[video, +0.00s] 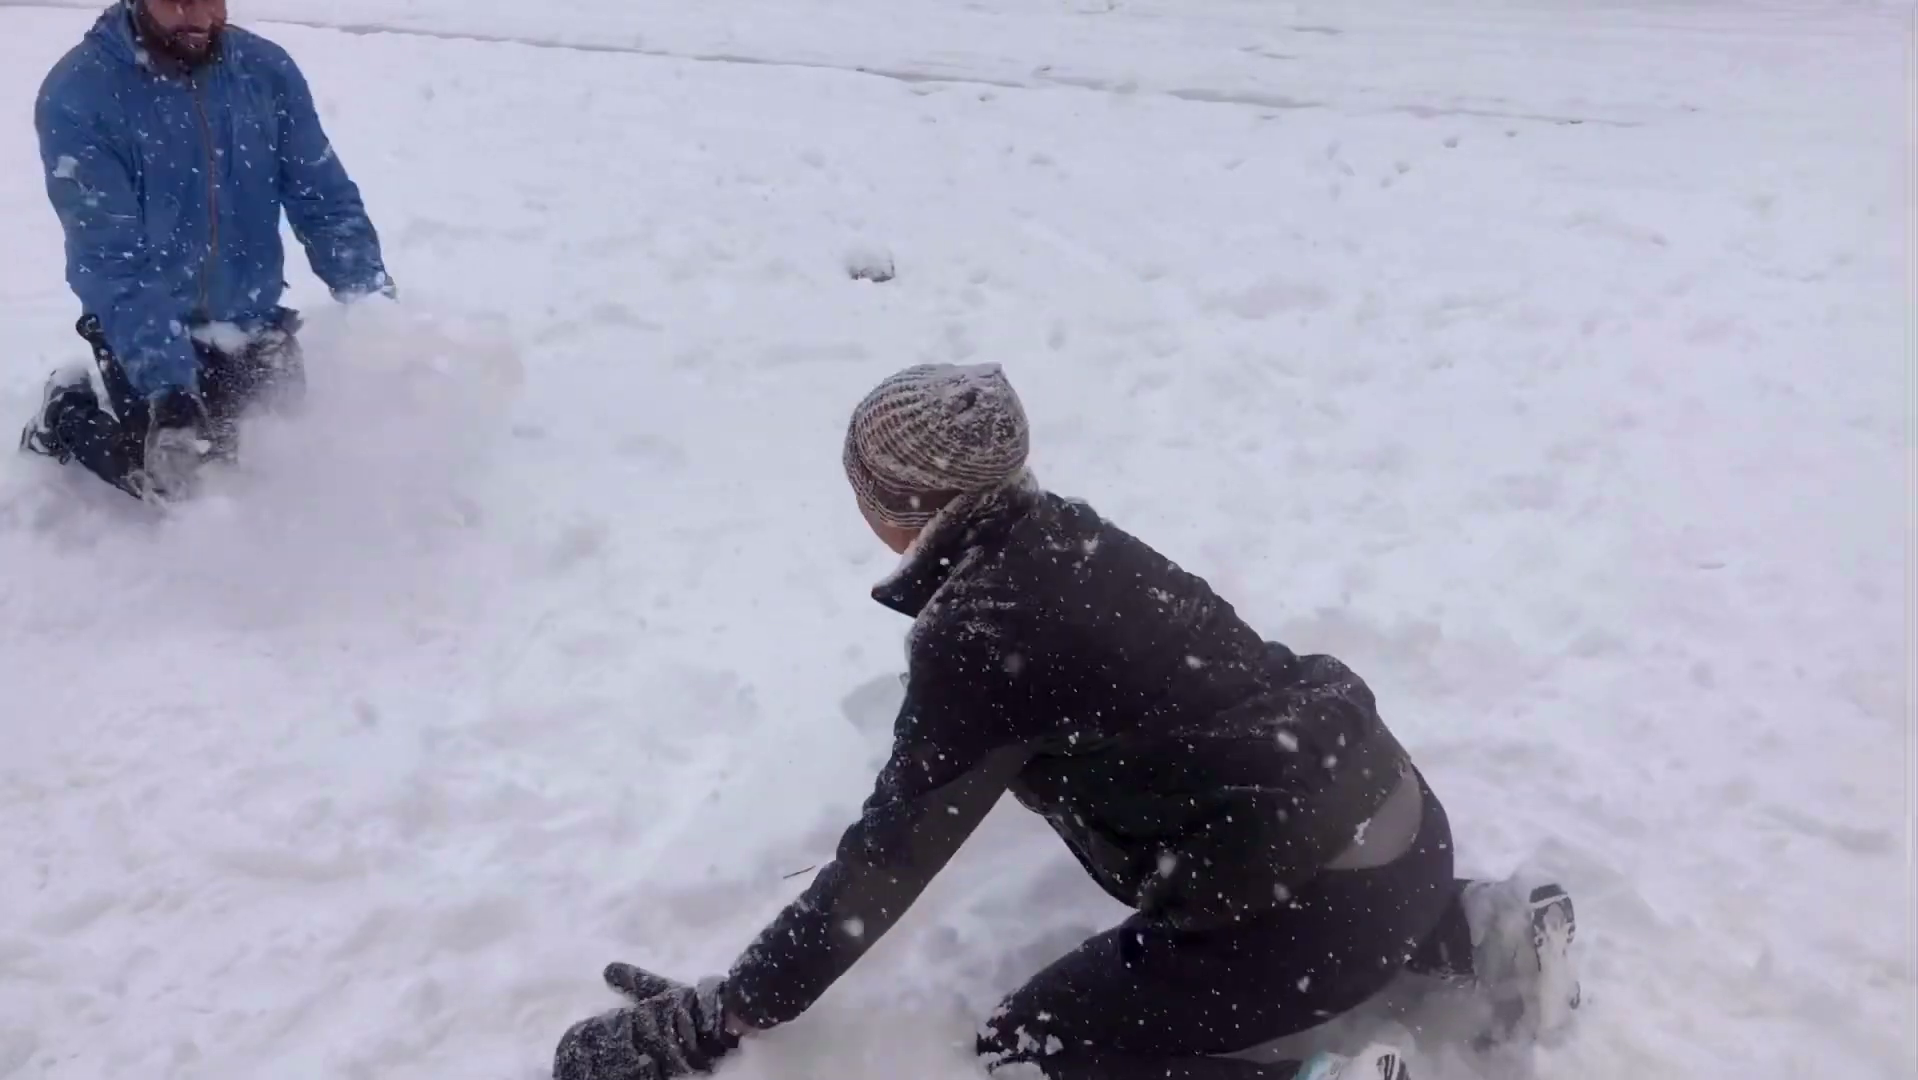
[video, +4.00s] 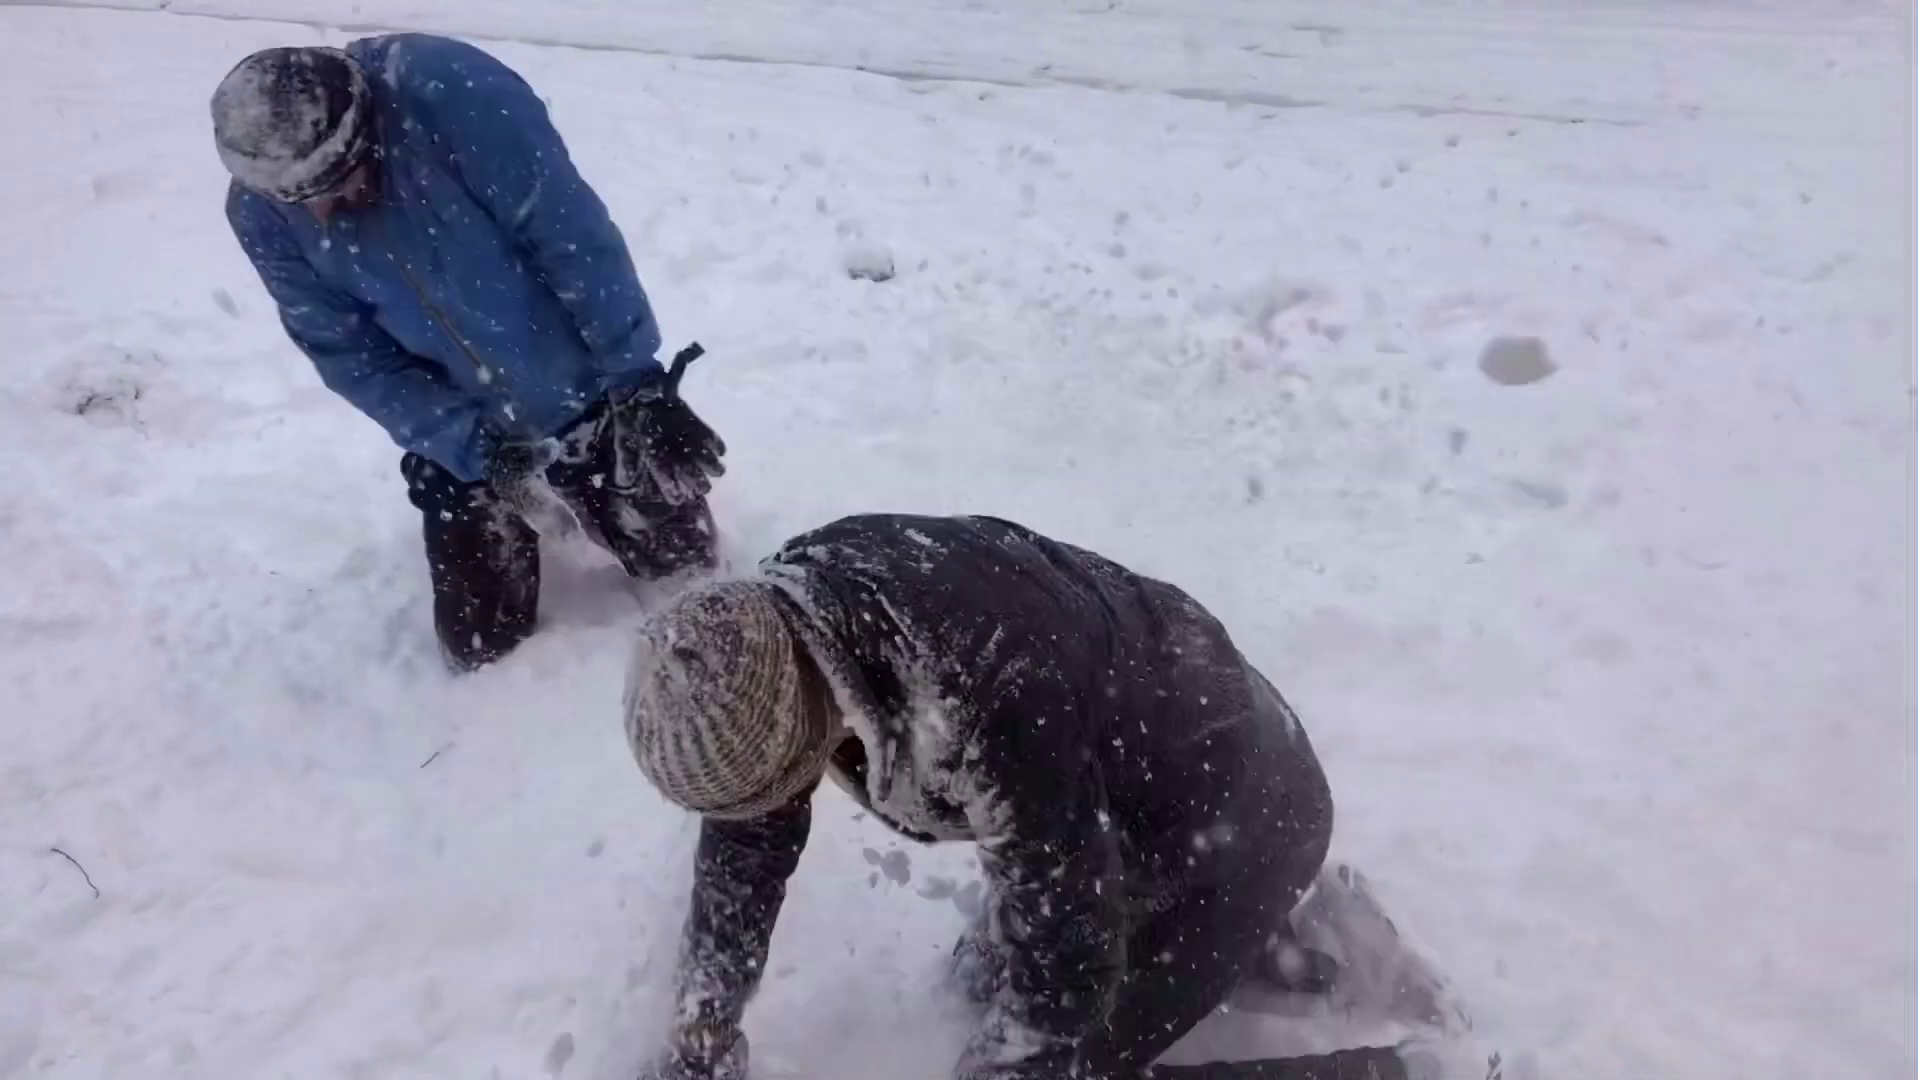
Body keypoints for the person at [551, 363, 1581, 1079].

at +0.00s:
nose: (866, 520)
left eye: (875, 497)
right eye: (863, 494)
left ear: (928, 502)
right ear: (989, 472)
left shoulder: (977, 635)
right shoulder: (1071, 536)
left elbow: (885, 865)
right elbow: (1226, 672)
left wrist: (721, 1014)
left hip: (1309, 917)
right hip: (1408, 838)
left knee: (1018, 1049)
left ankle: (1343, 1033)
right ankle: (1461, 941)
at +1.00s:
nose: (1112, 685)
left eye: (1137, 646)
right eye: (1086, 652)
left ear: (1205, 584)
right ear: (1057, 598)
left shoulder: (1345, 716)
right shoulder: (1118, 558)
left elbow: (1322, 990)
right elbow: (1036, 733)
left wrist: (1080, 1043)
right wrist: (994, 939)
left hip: (1352, 989)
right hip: (1229, 894)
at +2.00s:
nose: (1229, 428)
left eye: (1252, 418)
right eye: (1235, 404)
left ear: (1342, 436)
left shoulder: (1335, 618)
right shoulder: (1439, 409)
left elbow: (1079, 573)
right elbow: (1224, 289)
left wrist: (916, 422)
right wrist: (1013, 239)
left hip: (1366, 905)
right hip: (1448, 791)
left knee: (1045, 1042)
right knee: (1200, 860)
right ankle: (1445, 905)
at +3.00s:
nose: (1250, 752)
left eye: (1254, 726)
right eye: (1227, 736)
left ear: (1308, 670)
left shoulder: (1498, 745)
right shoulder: (1247, 565)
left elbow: (1501, 1041)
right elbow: (1053, 610)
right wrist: (951, 817)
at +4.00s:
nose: (761, 805)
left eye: (767, 785)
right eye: (735, 805)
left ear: (802, 718)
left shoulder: (989, 677)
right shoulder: (770, 628)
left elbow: (1063, 938)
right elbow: (747, 836)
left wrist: (1034, 1065)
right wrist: (708, 1020)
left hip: (1247, 807)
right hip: (1104, 765)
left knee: (1078, 1051)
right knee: (991, 984)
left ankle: (1366, 1046)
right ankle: (1274, 944)